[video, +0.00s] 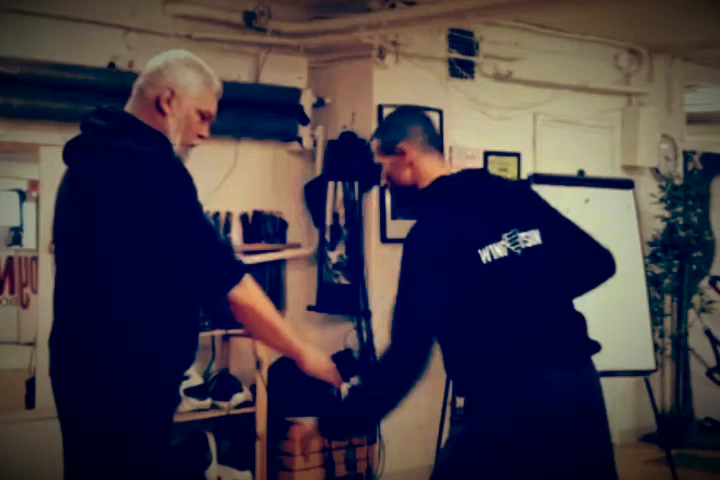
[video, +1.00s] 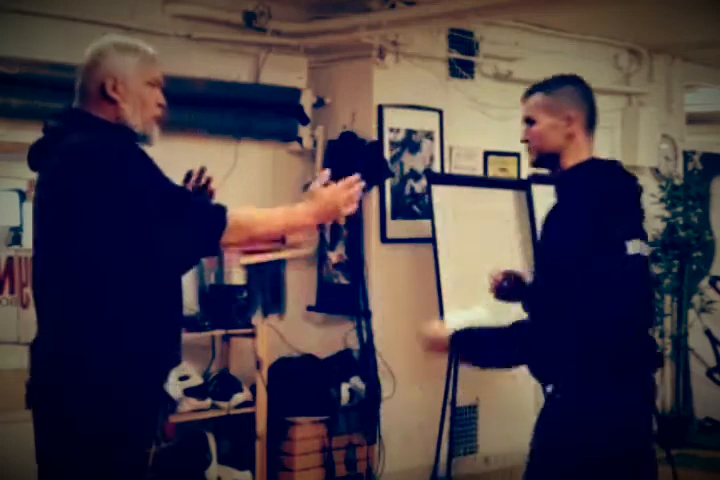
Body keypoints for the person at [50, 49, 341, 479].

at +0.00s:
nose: (205, 134)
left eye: (209, 123)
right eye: (202, 117)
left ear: (165, 100)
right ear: (167, 101)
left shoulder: (89, 164)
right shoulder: (154, 170)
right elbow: (230, 285)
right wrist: (303, 354)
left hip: (83, 372)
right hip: (134, 382)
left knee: (89, 470)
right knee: (135, 470)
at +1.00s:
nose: (163, 102)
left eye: (161, 88)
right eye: (154, 85)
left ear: (113, 91)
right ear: (114, 89)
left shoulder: (71, 154)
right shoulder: (105, 156)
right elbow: (210, 231)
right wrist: (315, 209)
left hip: (74, 384)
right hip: (108, 391)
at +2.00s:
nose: (178, 136)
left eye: (182, 125)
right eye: (176, 120)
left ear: (136, 99)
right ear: (141, 101)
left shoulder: (59, 161)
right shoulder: (134, 168)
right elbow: (208, 272)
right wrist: (290, 322)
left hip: (60, 382)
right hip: (117, 390)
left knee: (66, 472)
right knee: (118, 470)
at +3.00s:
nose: (142, 99)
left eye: (141, 87)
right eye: (133, 84)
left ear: (92, 89)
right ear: (93, 88)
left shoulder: (51, 157)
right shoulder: (93, 160)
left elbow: (113, 253)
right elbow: (191, 245)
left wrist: (178, 226)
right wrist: (290, 249)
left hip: (69, 379)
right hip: (110, 385)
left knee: (76, 471)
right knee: (117, 471)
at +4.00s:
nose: (180, 136)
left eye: (184, 125)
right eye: (178, 119)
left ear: (141, 100)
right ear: (144, 102)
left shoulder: (69, 157)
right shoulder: (126, 162)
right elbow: (203, 268)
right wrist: (291, 327)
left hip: (65, 382)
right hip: (114, 389)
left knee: (69, 472)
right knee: (116, 472)